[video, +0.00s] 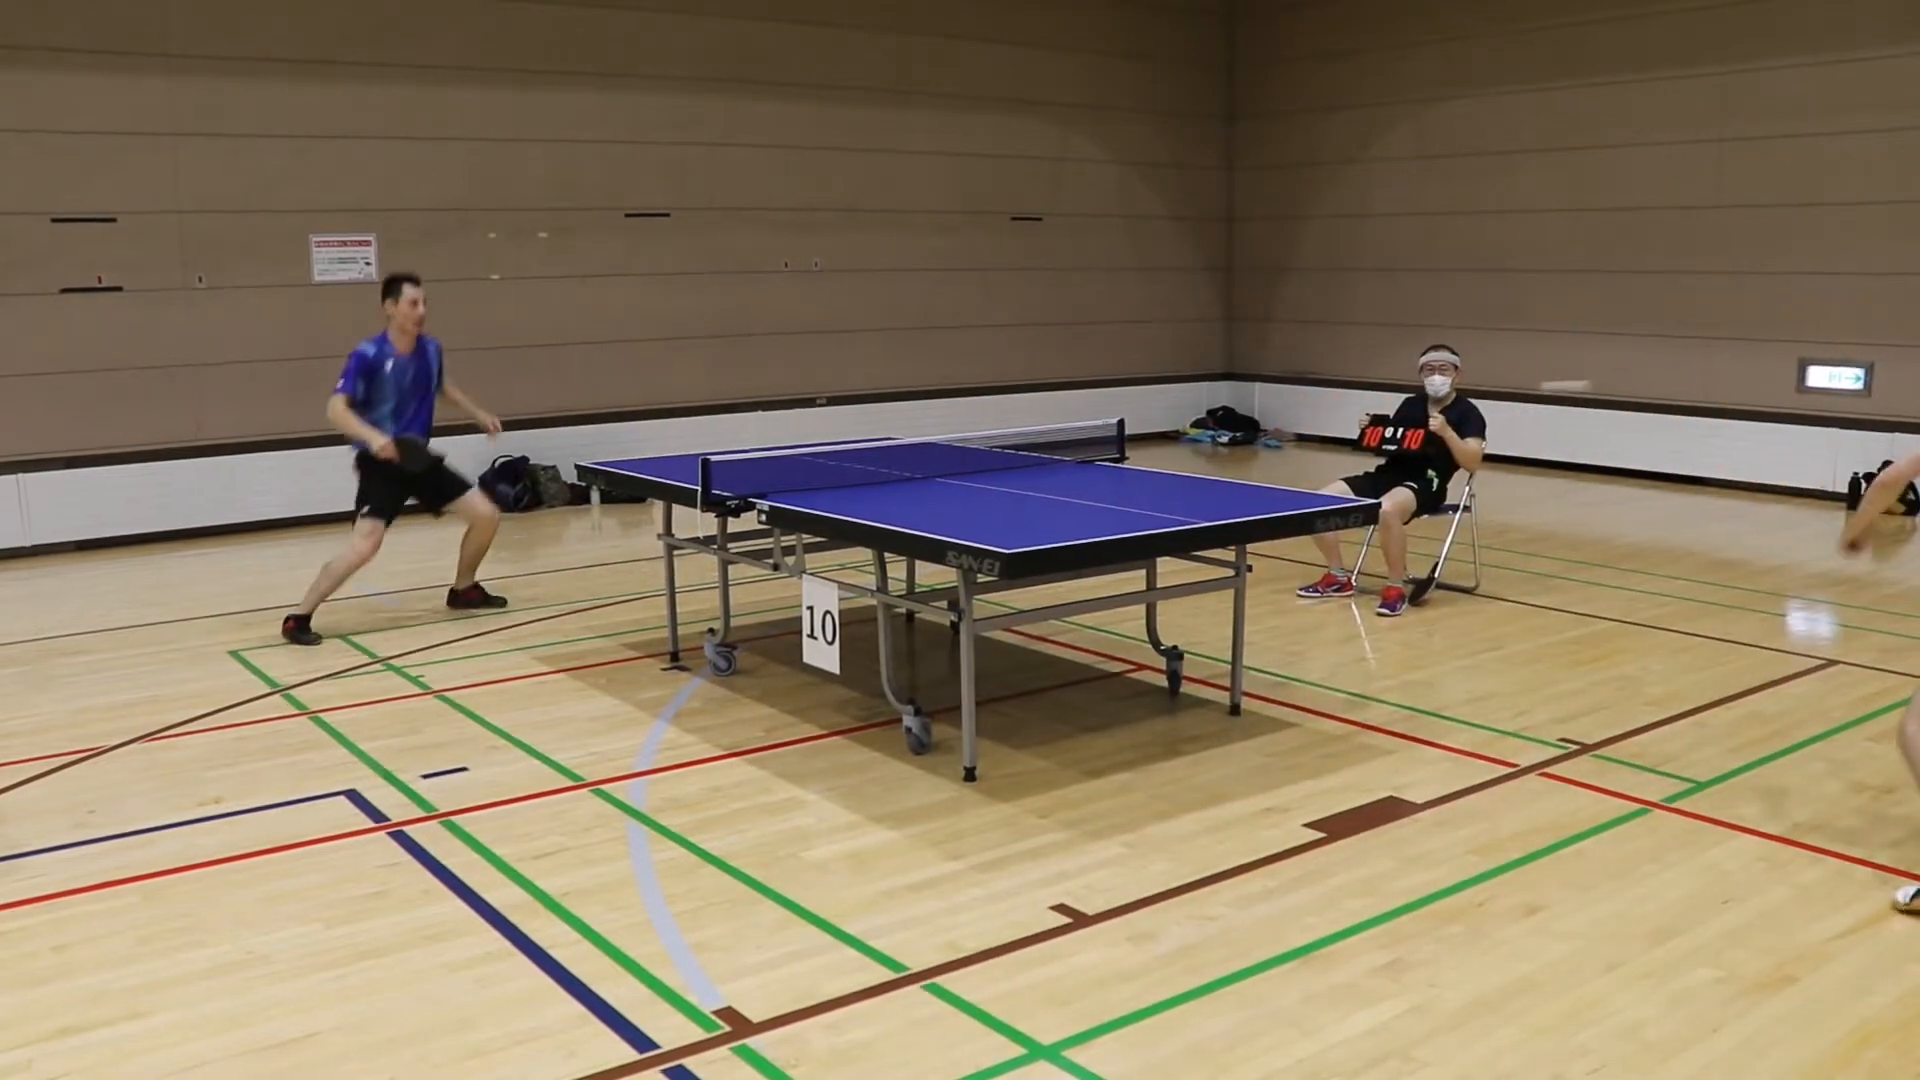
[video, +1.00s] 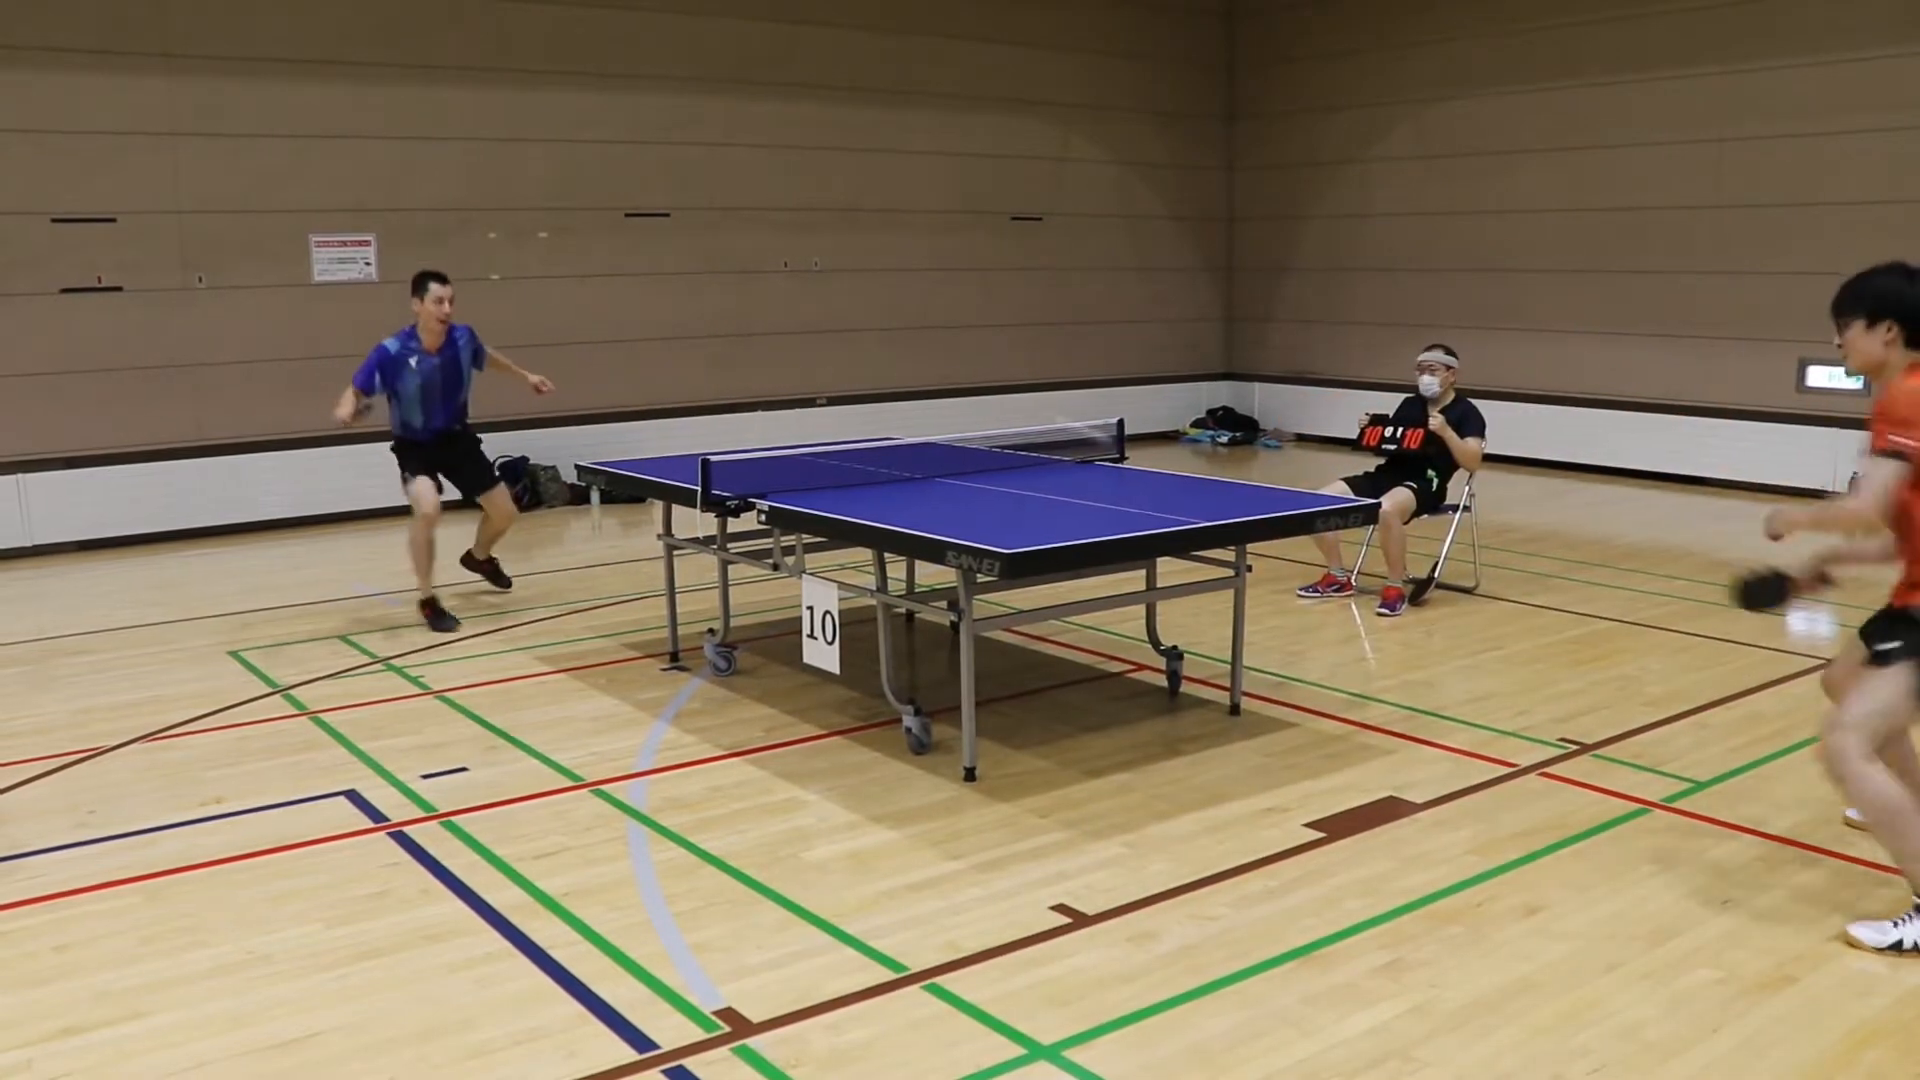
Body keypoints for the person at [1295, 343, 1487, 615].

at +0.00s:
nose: (1436, 375)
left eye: (1443, 370)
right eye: (1429, 369)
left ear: (1457, 376)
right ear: (1421, 375)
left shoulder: (1467, 413)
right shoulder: (1411, 404)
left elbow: (1472, 463)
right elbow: (1393, 439)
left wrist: (1447, 433)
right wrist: (1373, 427)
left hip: (1427, 482)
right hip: (1390, 474)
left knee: (1388, 510)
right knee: (1318, 503)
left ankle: (1395, 588)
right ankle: (1337, 576)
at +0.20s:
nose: (1437, 376)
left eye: (1445, 370)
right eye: (1430, 370)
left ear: (1457, 376)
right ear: (1422, 375)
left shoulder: (1467, 414)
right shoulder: (1411, 405)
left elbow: (1472, 463)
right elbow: (1393, 439)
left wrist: (1447, 433)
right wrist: (1373, 427)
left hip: (1427, 482)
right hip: (1390, 474)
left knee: (1388, 510)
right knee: (1318, 503)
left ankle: (1395, 588)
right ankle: (1337, 576)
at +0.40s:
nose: (1430, 375)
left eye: (1439, 369)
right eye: (1425, 369)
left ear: (1455, 376)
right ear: (1419, 374)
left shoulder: (1467, 414)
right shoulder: (1411, 404)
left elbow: (1472, 463)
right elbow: (1393, 439)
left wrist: (1447, 433)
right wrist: (1373, 426)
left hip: (1427, 482)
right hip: (1390, 474)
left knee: (1388, 510)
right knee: (1319, 502)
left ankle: (1395, 587)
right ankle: (1337, 576)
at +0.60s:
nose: (1422, 375)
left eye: (1429, 369)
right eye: (1419, 369)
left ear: (1449, 375)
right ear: (1414, 372)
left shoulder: (1466, 413)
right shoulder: (1412, 404)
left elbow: (1472, 462)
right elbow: (1393, 438)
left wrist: (1447, 433)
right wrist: (1373, 425)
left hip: (1427, 482)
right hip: (1390, 473)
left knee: (1388, 510)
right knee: (1318, 502)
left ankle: (1395, 587)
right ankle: (1337, 576)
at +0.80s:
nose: (1419, 376)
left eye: (1426, 370)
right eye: (1417, 369)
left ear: (1447, 376)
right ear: (1414, 372)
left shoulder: (1466, 413)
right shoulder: (1411, 404)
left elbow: (1472, 462)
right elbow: (1393, 439)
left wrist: (1447, 433)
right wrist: (1373, 426)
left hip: (1426, 482)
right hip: (1390, 474)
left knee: (1388, 510)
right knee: (1318, 503)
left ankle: (1394, 588)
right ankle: (1337, 576)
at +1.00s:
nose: (1426, 376)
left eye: (1434, 370)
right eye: (1422, 370)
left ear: (1452, 376)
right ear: (1416, 374)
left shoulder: (1466, 413)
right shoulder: (1411, 404)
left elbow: (1472, 463)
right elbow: (1393, 439)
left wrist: (1447, 433)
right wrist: (1373, 426)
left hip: (1426, 482)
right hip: (1390, 474)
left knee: (1388, 510)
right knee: (1318, 503)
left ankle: (1394, 588)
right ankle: (1337, 576)